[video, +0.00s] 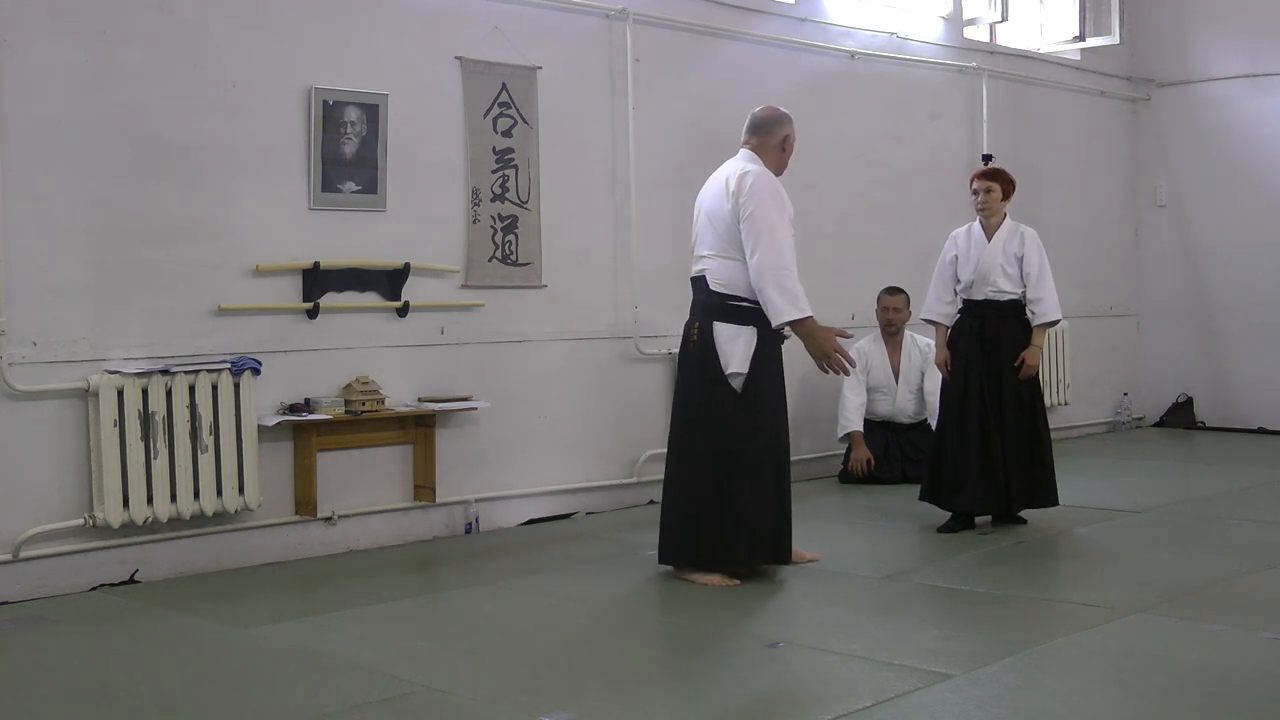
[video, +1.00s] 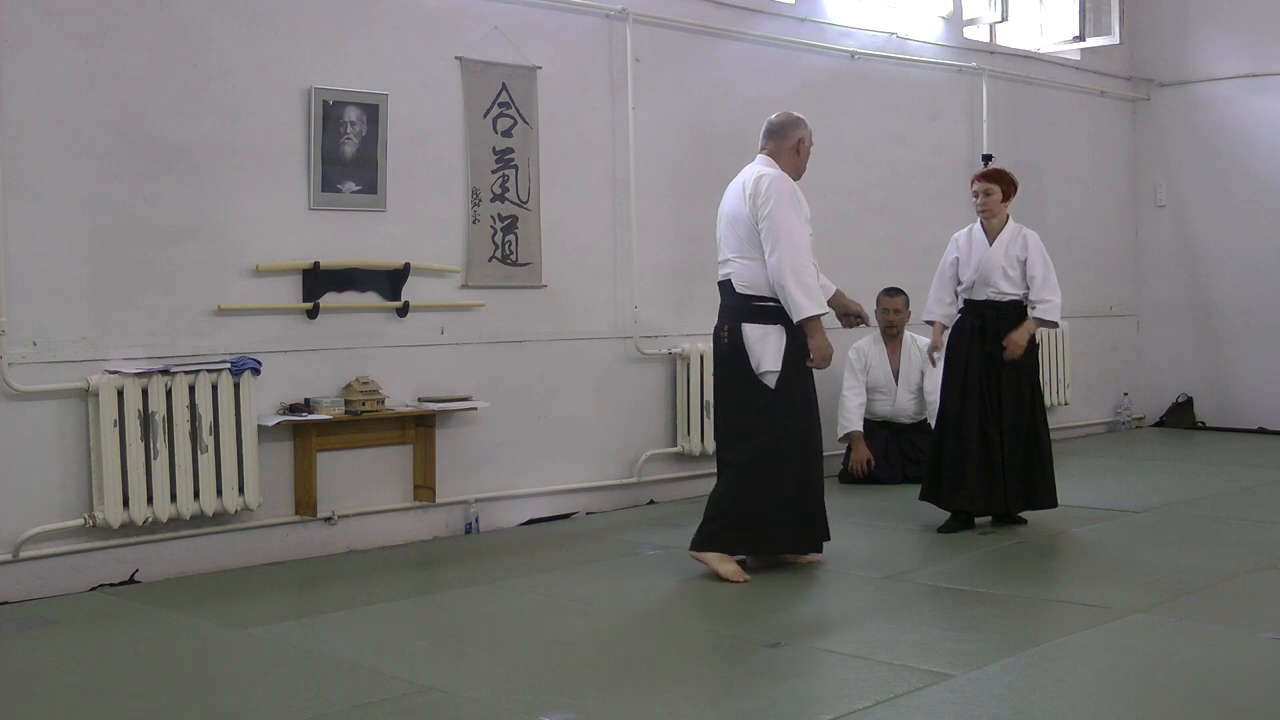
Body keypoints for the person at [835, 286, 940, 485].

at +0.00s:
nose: (890, 316)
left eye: (897, 311)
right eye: (884, 310)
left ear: (908, 315)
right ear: (877, 313)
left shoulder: (926, 349)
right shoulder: (861, 351)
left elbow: (936, 398)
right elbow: (852, 398)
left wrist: (946, 438)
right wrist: (857, 442)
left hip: (916, 430)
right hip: (875, 431)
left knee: (937, 470)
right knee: (855, 471)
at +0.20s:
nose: (889, 319)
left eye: (896, 313)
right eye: (884, 312)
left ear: (908, 316)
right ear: (877, 314)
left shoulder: (927, 349)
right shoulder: (861, 351)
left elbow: (936, 399)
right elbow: (852, 398)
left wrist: (946, 439)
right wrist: (857, 443)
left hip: (916, 431)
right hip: (875, 432)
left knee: (937, 471)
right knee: (856, 471)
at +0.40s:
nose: (889, 320)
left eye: (896, 313)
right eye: (884, 313)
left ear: (908, 316)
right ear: (877, 314)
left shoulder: (927, 350)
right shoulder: (861, 351)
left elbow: (936, 399)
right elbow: (852, 399)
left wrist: (946, 439)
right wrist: (857, 443)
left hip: (916, 430)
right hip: (875, 431)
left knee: (937, 471)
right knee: (857, 471)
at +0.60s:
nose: (889, 320)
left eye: (896, 313)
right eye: (884, 313)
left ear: (908, 316)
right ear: (876, 314)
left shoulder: (926, 349)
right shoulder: (861, 351)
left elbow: (936, 398)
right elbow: (852, 398)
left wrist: (947, 438)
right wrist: (857, 443)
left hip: (916, 430)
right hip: (875, 431)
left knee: (938, 470)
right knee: (856, 471)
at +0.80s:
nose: (889, 319)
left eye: (896, 313)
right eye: (884, 313)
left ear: (908, 316)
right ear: (876, 314)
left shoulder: (926, 349)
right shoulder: (861, 351)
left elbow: (936, 399)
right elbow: (852, 398)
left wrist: (946, 439)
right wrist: (857, 443)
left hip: (916, 431)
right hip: (874, 431)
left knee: (937, 470)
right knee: (856, 471)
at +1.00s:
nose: (890, 318)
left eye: (897, 312)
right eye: (885, 312)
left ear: (908, 316)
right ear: (876, 314)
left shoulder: (926, 349)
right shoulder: (861, 351)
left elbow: (936, 397)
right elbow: (852, 398)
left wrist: (945, 438)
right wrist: (857, 443)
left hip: (916, 430)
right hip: (874, 431)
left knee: (935, 470)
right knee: (856, 471)